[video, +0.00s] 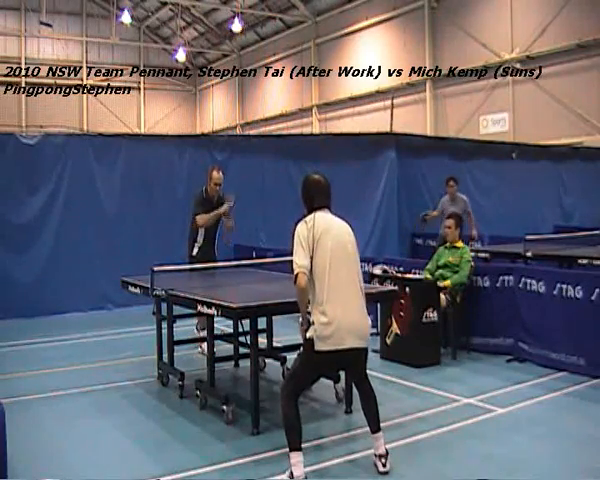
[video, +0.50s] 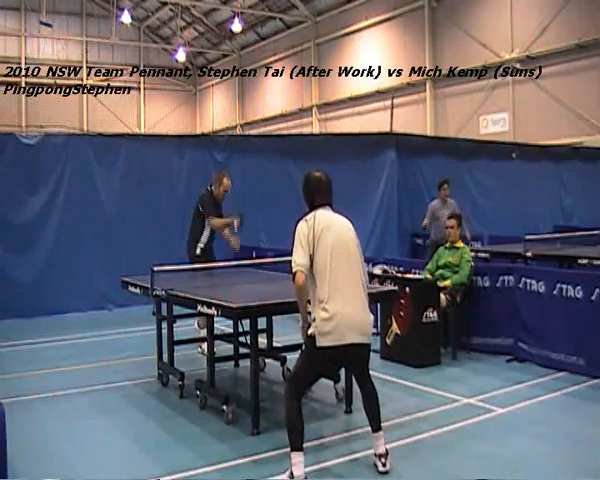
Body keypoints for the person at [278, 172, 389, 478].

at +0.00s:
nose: (304, 201)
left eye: (303, 197)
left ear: (304, 199)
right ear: (329, 198)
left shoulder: (305, 227)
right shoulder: (346, 227)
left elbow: (301, 281)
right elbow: (353, 276)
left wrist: (303, 317)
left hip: (327, 334)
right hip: (360, 331)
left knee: (289, 391)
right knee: (361, 380)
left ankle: (297, 468)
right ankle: (381, 449)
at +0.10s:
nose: (304, 201)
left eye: (303, 196)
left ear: (305, 198)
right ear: (329, 197)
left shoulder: (305, 226)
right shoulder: (346, 227)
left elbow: (302, 280)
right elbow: (354, 276)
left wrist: (304, 317)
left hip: (327, 333)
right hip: (359, 330)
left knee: (289, 392)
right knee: (361, 379)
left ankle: (297, 468)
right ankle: (381, 449)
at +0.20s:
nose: (305, 198)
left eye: (304, 193)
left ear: (305, 195)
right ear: (330, 195)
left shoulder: (305, 223)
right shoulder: (346, 224)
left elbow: (301, 277)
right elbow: (354, 273)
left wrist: (304, 315)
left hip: (327, 331)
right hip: (360, 328)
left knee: (290, 390)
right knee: (362, 379)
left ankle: (297, 468)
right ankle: (381, 449)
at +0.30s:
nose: (305, 197)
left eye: (304, 192)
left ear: (305, 194)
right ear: (330, 193)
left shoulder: (306, 223)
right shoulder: (346, 223)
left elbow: (300, 275)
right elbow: (355, 272)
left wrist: (303, 313)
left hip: (327, 330)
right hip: (359, 327)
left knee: (291, 391)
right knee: (362, 379)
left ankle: (297, 468)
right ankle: (381, 449)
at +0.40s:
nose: (305, 198)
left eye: (304, 193)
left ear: (305, 195)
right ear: (330, 194)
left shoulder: (306, 224)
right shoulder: (346, 224)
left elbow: (299, 277)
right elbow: (357, 273)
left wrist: (303, 315)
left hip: (327, 330)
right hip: (360, 327)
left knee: (292, 390)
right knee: (363, 379)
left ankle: (297, 468)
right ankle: (381, 448)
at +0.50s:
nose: (306, 199)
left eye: (305, 194)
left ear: (306, 196)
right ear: (330, 195)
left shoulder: (307, 225)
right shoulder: (347, 224)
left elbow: (299, 277)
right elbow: (358, 274)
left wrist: (304, 318)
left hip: (328, 331)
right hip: (361, 328)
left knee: (293, 390)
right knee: (364, 379)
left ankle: (297, 468)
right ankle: (381, 449)